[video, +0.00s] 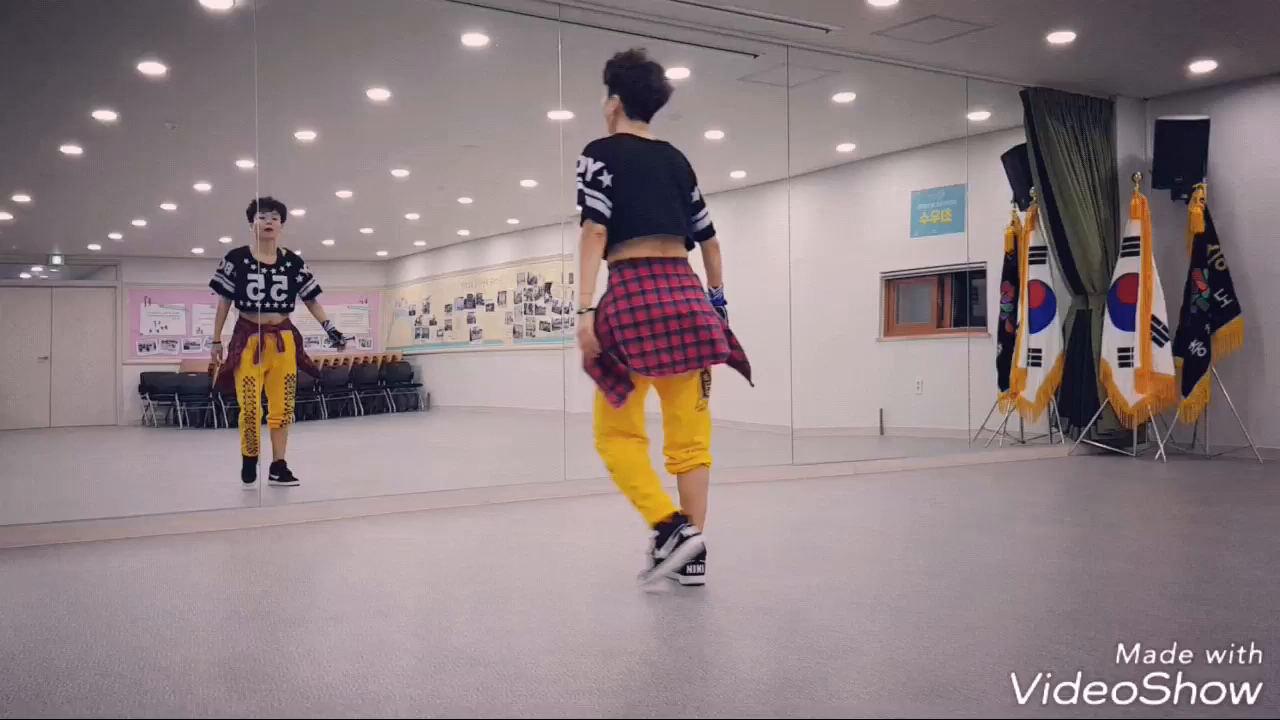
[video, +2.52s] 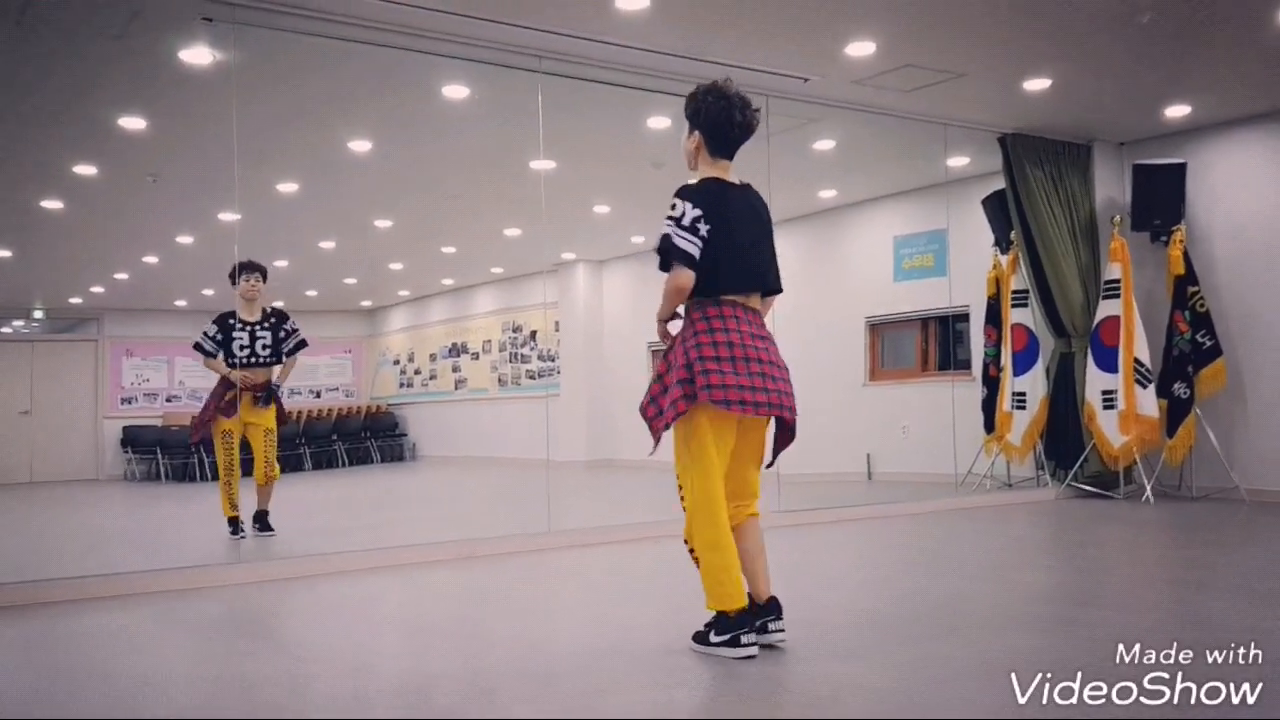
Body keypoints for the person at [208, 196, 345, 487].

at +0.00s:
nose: (269, 223)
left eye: (274, 219)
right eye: (262, 218)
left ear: (282, 225)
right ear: (252, 224)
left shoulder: (292, 261)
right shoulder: (237, 259)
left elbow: (311, 299)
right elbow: (224, 302)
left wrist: (330, 328)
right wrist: (216, 340)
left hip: (283, 337)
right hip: (247, 337)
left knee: (282, 406)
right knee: (249, 408)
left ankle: (279, 464)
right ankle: (249, 459)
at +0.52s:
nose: (261, 252)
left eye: (266, 247)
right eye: (255, 246)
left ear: (274, 252)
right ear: (246, 251)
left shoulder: (285, 286)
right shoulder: (231, 285)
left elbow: (293, 324)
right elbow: (224, 325)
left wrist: (290, 352)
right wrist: (229, 357)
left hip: (278, 361)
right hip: (245, 362)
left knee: (291, 428)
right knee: (248, 431)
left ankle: (280, 470)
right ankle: (254, 485)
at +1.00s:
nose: (268, 278)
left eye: (273, 273)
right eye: (262, 273)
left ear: (279, 278)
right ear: (253, 276)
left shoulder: (283, 313)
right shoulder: (239, 304)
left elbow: (284, 354)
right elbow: (224, 341)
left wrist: (288, 383)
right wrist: (225, 381)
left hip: (275, 381)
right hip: (246, 380)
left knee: (285, 442)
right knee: (248, 447)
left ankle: (293, 503)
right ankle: (250, 507)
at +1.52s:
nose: (273, 283)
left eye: (278, 279)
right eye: (267, 279)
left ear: (284, 286)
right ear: (256, 285)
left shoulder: (297, 317)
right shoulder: (243, 320)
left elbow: (313, 352)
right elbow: (239, 359)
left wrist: (304, 379)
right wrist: (256, 383)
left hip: (288, 396)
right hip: (253, 395)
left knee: (285, 458)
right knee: (236, 456)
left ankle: (274, 507)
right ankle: (248, 504)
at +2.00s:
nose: (265, 279)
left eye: (269, 274)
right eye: (258, 274)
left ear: (275, 280)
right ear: (247, 279)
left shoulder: (276, 315)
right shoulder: (236, 308)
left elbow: (280, 357)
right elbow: (223, 347)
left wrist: (286, 385)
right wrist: (233, 386)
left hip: (274, 383)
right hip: (248, 382)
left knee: (280, 454)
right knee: (254, 454)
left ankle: (267, 505)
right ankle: (238, 508)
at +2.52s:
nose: (252, 285)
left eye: (257, 281)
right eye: (246, 281)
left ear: (263, 286)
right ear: (236, 287)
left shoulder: (277, 319)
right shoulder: (224, 321)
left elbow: (292, 355)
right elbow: (206, 355)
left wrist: (277, 384)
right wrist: (230, 373)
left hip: (263, 399)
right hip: (228, 400)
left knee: (267, 468)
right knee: (229, 466)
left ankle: (262, 514)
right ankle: (233, 519)